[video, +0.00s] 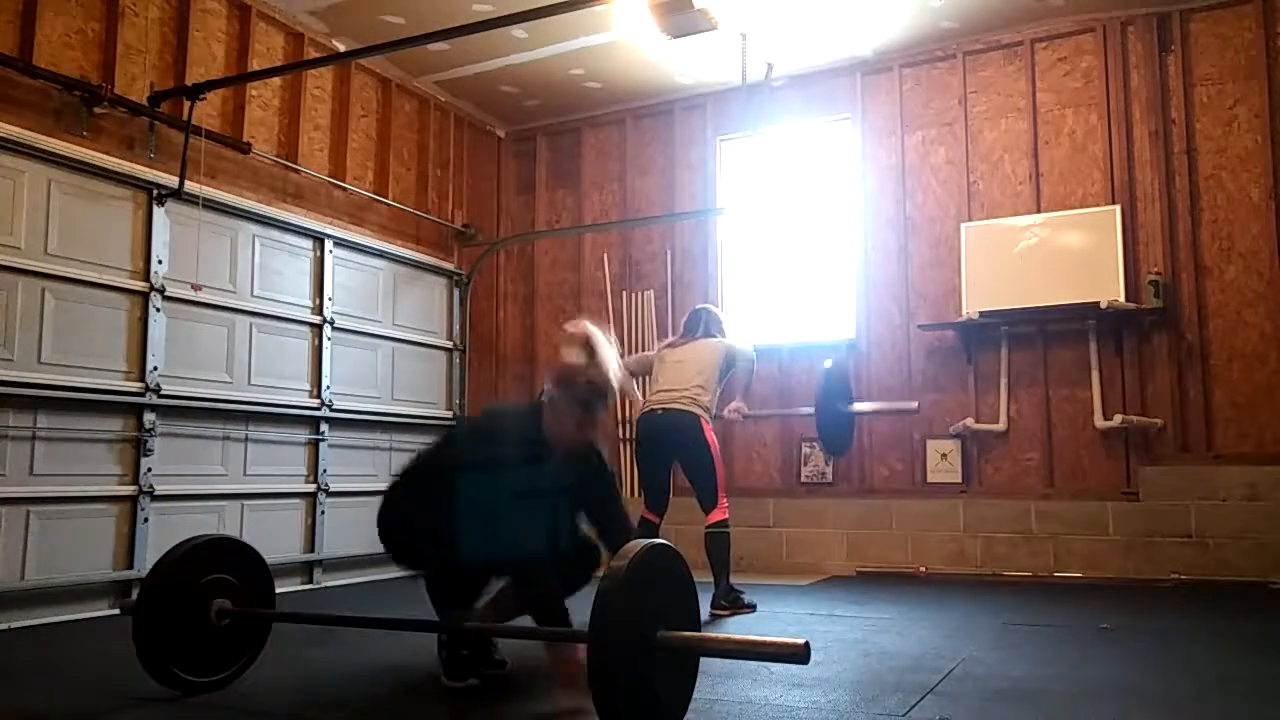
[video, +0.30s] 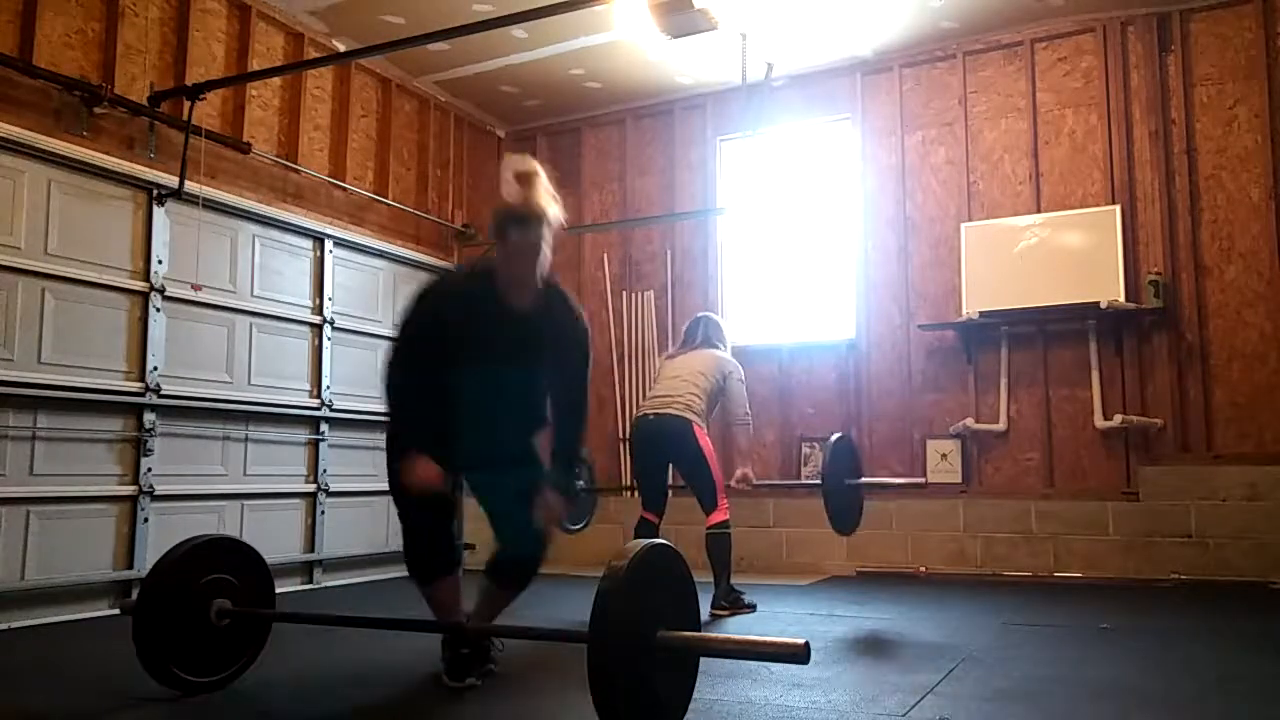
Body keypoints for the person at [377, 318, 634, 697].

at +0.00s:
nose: (591, 421)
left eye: (599, 407)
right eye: (582, 404)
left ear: (606, 408)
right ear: (550, 395)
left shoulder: (584, 463)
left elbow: (625, 545)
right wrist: (568, 665)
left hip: (477, 527)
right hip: (412, 523)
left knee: (578, 555)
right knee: (464, 551)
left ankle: (479, 632)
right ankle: (456, 642)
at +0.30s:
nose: (532, 260)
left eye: (540, 248)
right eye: (521, 248)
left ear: (551, 250)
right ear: (498, 248)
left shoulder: (560, 318)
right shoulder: (447, 299)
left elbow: (570, 402)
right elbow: (406, 378)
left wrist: (561, 480)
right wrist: (414, 450)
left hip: (503, 447)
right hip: (432, 443)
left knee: (526, 543)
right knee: (431, 550)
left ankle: (476, 630)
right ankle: (456, 642)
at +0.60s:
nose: (443, 183)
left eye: (453, 169)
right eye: (430, 172)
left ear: (470, 164)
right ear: (411, 171)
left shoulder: (519, 243)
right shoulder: (396, 236)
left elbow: (540, 340)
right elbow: (354, 304)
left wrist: (530, 419)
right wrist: (334, 370)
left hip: (497, 410)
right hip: (422, 404)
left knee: (488, 534)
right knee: (413, 527)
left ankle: (484, 636)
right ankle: (400, 655)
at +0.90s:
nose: (374, 237)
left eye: (383, 219)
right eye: (358, 227)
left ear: (403, 205)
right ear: (340, 225)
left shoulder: (458, 257)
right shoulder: (347, 289)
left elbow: (488, 364)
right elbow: (338, 381)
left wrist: (503, 458)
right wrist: (329, 463)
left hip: (489, 399)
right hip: (418, 406)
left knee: (486, 518)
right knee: (411, 525)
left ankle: (502, 654)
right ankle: (403, 662)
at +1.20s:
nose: (320, 374)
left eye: (331, 358)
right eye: (309, 363)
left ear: (365, 344)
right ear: (299, 358)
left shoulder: (437, 375)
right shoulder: (325, 410)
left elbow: (469, 505)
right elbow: (314, 505)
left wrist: (475, 598)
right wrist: (302, 599)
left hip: (521, 431)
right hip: (439, 446)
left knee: (468, 528)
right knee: (385, 514)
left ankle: (483, 675)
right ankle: (400, 665)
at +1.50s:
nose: (322, 324)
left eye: (332, 308)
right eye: (312, 313)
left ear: (366, 298)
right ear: (305, 312)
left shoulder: (442, 335)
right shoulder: (339, 369)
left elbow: (478, 464)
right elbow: (326, 463)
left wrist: (483, 563)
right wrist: (313, 555)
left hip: (518, 405)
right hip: (435, 429)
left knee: (474, 528)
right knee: (400, 521)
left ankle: (484, 673)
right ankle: (401, 665)